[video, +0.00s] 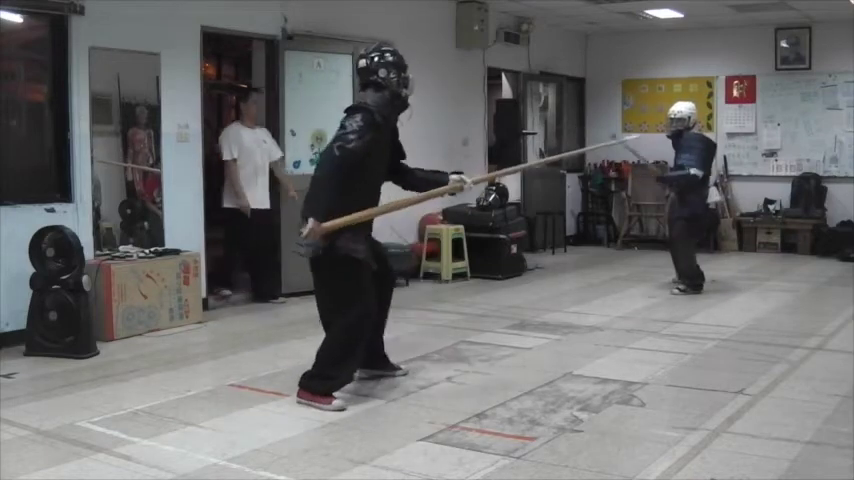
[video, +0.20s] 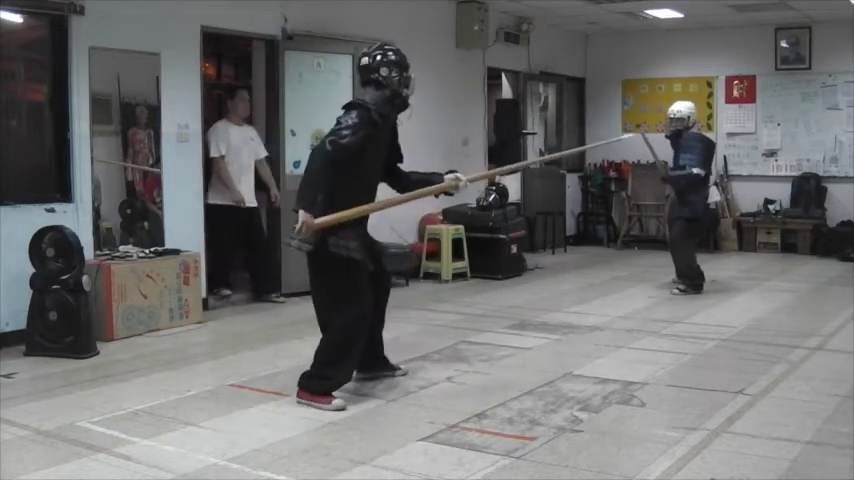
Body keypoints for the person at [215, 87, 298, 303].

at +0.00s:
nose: (257, 108)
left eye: (258, 104)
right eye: (253, 104)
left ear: (257, 107)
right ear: (242, 107)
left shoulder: (263, 134)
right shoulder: (231, 133)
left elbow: (276, 164)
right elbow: (231, 168)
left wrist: (288, 185)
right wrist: (241, 197)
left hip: (262, 204)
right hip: (236, 204)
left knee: (263, 249)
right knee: (234, 248)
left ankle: (265, 291)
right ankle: (224, 285)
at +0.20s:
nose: (248, 105)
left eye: (248, 101)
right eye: (243, 101)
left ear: (247, 105)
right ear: (230, 103)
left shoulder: (250, 132)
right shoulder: (218, 130)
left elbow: (261, 162)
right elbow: (218, 165)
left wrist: (272, 186)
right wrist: (234, 191)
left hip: (248, 203)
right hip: (221, 203)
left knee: (258, 246)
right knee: (221, 247)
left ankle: (263, 290)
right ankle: (219, 287)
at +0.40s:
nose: (242, 102)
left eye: (242, 98)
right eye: (237, 98)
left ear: (241, 102)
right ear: (224, 100)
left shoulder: (241, 127)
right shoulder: (212, 124)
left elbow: (248, 161)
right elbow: (211, 159)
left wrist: (255, 190)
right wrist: (216, 191)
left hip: (243, 198)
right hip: (219, 199)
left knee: (254, 238)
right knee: (219, 245)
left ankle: (260, 282)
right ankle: (217, 285)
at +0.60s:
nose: (239, 100)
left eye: (239, 96)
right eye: (234, 96)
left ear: (238, 101)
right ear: (221, 99)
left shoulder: (239, 126)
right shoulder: (211, 123)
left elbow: (245, 159)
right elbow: (206, 158)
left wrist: (250, 187)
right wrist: (210, 188)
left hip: (240, 195)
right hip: (219, 196)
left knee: (246, 242)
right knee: (219, 244)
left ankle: (253, 281)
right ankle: (219, 285)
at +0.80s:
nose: (235, 100)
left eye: (236, 96)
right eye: (231, 96)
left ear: (237, 100)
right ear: (218, 98)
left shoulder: (237, 125)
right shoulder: (209, 123)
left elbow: (247, 157)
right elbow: (206, 158)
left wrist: (257, 183)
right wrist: (213, 188)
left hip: (239, 196)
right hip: (218, 197)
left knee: (243, 242)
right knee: (218, 244)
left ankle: (250, 281)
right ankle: (217, 285)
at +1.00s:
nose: (232, 100)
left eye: (233, 96)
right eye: (227, 96)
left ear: (233, 99)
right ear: (215, 98)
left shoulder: (234, 126)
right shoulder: (207, 124)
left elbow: (246, 156)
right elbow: (207, 158)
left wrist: (259, 180)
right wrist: (221, 188)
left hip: (237, 196)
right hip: (214, 198)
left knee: (243, 241)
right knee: (217, 244)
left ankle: (250, 280)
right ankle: (217, 285)